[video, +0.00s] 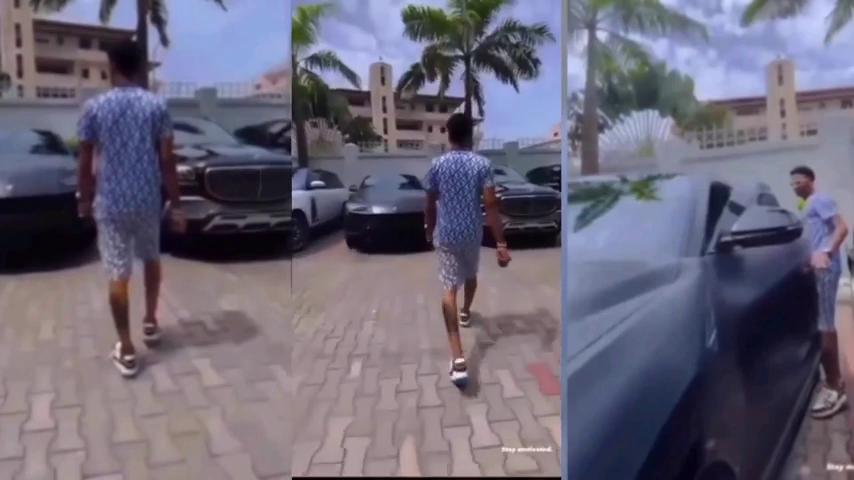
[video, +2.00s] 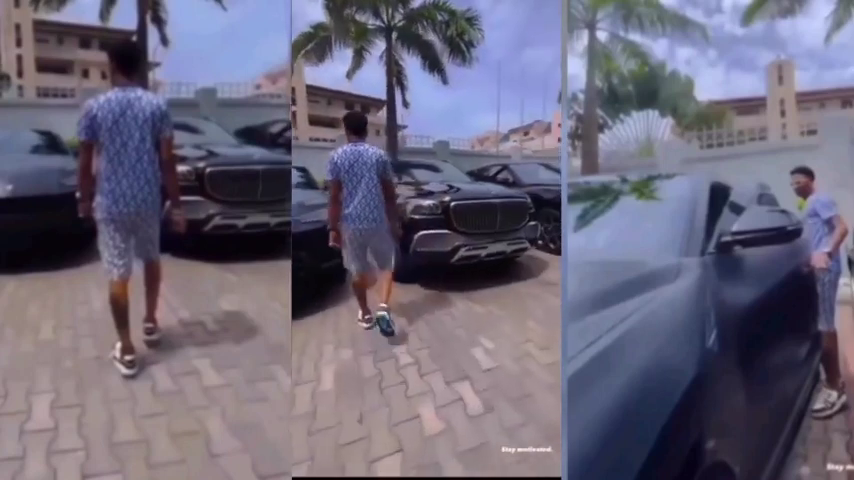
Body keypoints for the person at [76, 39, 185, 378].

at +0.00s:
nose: (110, 72)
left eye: (110, 66)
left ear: (112, 68)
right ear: (142, 67)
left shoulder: (96, 107)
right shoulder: (156, 106)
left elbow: (85, 161)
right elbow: (167, 160)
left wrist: (85, 199)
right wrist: (175, 202)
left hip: (110, 201)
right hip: (147, 200)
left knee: (118, 273)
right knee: (151, 260)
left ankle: (125, 348)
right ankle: (150, 319)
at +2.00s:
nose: (110, 71)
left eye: (110, 66)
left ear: (112, 68)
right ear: (142, 67)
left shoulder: (95, 107)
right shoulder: (156, 106)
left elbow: (85, 161)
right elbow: (167, 160)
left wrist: (84, 199)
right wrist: (175, 202)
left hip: (110, 201)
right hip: (147, 200)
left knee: (118, 273)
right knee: (151, 260)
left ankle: (125, 348)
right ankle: (150, 319)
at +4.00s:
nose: (110, 71)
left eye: (110, 66)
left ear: (112, 68)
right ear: (142, 67)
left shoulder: (95, 107)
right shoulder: (156, 106)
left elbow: (85, 161)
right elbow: (167, 160)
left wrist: (84, 199)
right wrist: (175, 202)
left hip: (110, 202)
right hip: (147, 200)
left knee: (118, 273)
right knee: (151, 260)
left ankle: (125, 348)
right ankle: (150, 319)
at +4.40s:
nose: (111, 72)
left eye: (110, 66)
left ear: (112, 68)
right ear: (142, 68)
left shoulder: (96, 107)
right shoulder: (156, 106)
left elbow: (85, 161)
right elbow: (167, 160)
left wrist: (84, 199)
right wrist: (175, 202)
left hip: (110, 202)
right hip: (147, 201)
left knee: (118, 273)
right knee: (151, 259)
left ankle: (125, 348)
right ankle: (150, 319)